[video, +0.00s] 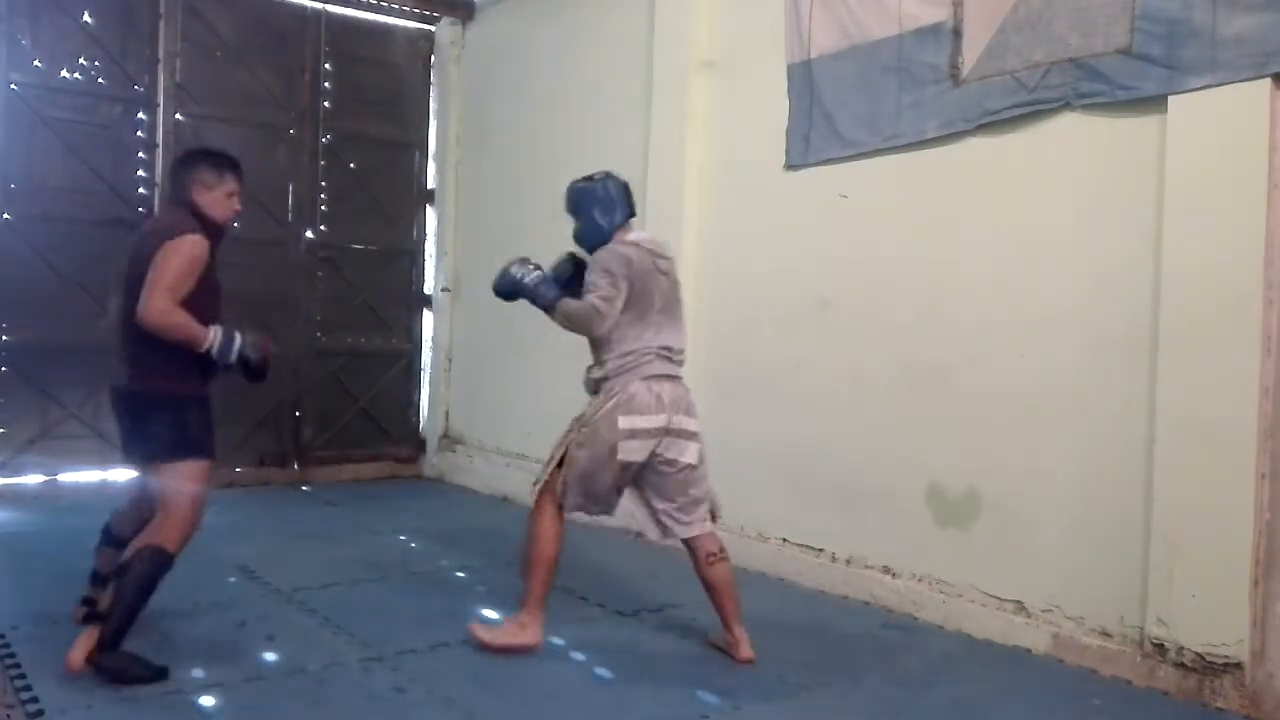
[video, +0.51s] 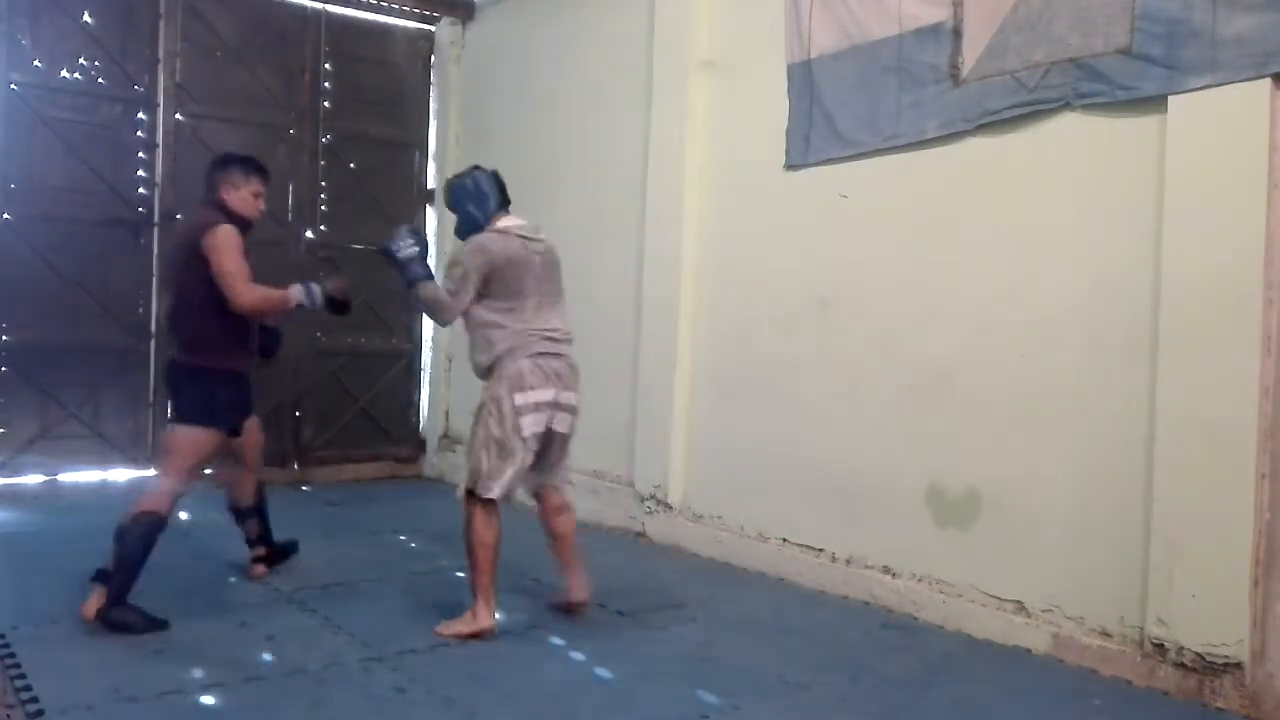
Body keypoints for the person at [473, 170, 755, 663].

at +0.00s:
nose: (574, 229)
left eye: (577, 219)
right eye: (572, 220)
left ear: (594, 218)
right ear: (628, 212)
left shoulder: (611, 258)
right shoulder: (661, 257)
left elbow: (593, 319)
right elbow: (631, 311)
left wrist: (540, 293)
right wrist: (578, 281)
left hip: (626, 403)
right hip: (676, 402)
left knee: (551, 498)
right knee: (696, 522)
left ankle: (528, 621)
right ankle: (737, 636)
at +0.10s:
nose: (547, 238)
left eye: (551, 227)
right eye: (547, 227)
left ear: (569, 227)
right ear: (599, 223)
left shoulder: (594, 267)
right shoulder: (634, 268)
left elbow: (596, 330)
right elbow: (604, 336)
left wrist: (545, 313)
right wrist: (554, 308)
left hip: (614, 411)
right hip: (661, 408)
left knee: (536, 505)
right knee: (684, 523)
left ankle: (495, 615)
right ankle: (737, 633)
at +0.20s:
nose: (510, 248)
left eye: (513, 236)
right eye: (509, 236)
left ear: (533, 235)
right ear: (558, 233)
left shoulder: (556, 276)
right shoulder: (595, 275)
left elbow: (576, 340)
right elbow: (583, 338)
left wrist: (513, 339)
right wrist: (528, 323)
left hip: (583, 412)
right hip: (626, 408)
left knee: (511, 502)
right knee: (663, 518)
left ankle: (486, 618)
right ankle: (730, 619)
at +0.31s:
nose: (473, 245)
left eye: (477, 233)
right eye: (473, 234)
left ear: (498, 232)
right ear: (522, 229)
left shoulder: (521, 274)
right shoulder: (565, 274)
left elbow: (531, 343)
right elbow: (547, 347)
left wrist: (477, 341)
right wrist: (487, 341)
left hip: (551, 407)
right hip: (595, 406)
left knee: (489, 501)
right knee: (625, 515)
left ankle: (484, 617)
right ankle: (699, 594)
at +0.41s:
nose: (457, 232)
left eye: (460, 221)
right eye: (456, 222)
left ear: (480, 219)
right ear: (508, 214)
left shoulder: (497, 261)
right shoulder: (551, 259)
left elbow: (483, 326)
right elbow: (513, 326)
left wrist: (436, 301)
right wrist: (452, 300)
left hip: (532, 392)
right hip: (579, 389)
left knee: (486, 499)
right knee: (582, 498)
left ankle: (484, 617)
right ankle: (637, 579)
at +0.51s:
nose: (454, 221)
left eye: (455, 211)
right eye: (452, 212)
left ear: (473, 207)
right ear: (502, 202)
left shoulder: (479, 249)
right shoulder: (544, 248)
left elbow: (445, 309)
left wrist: (414, 267)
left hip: (515, 382)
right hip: (563, 380)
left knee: (483, 495)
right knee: (548, 482)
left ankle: (483, 610)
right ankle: (577, 585)